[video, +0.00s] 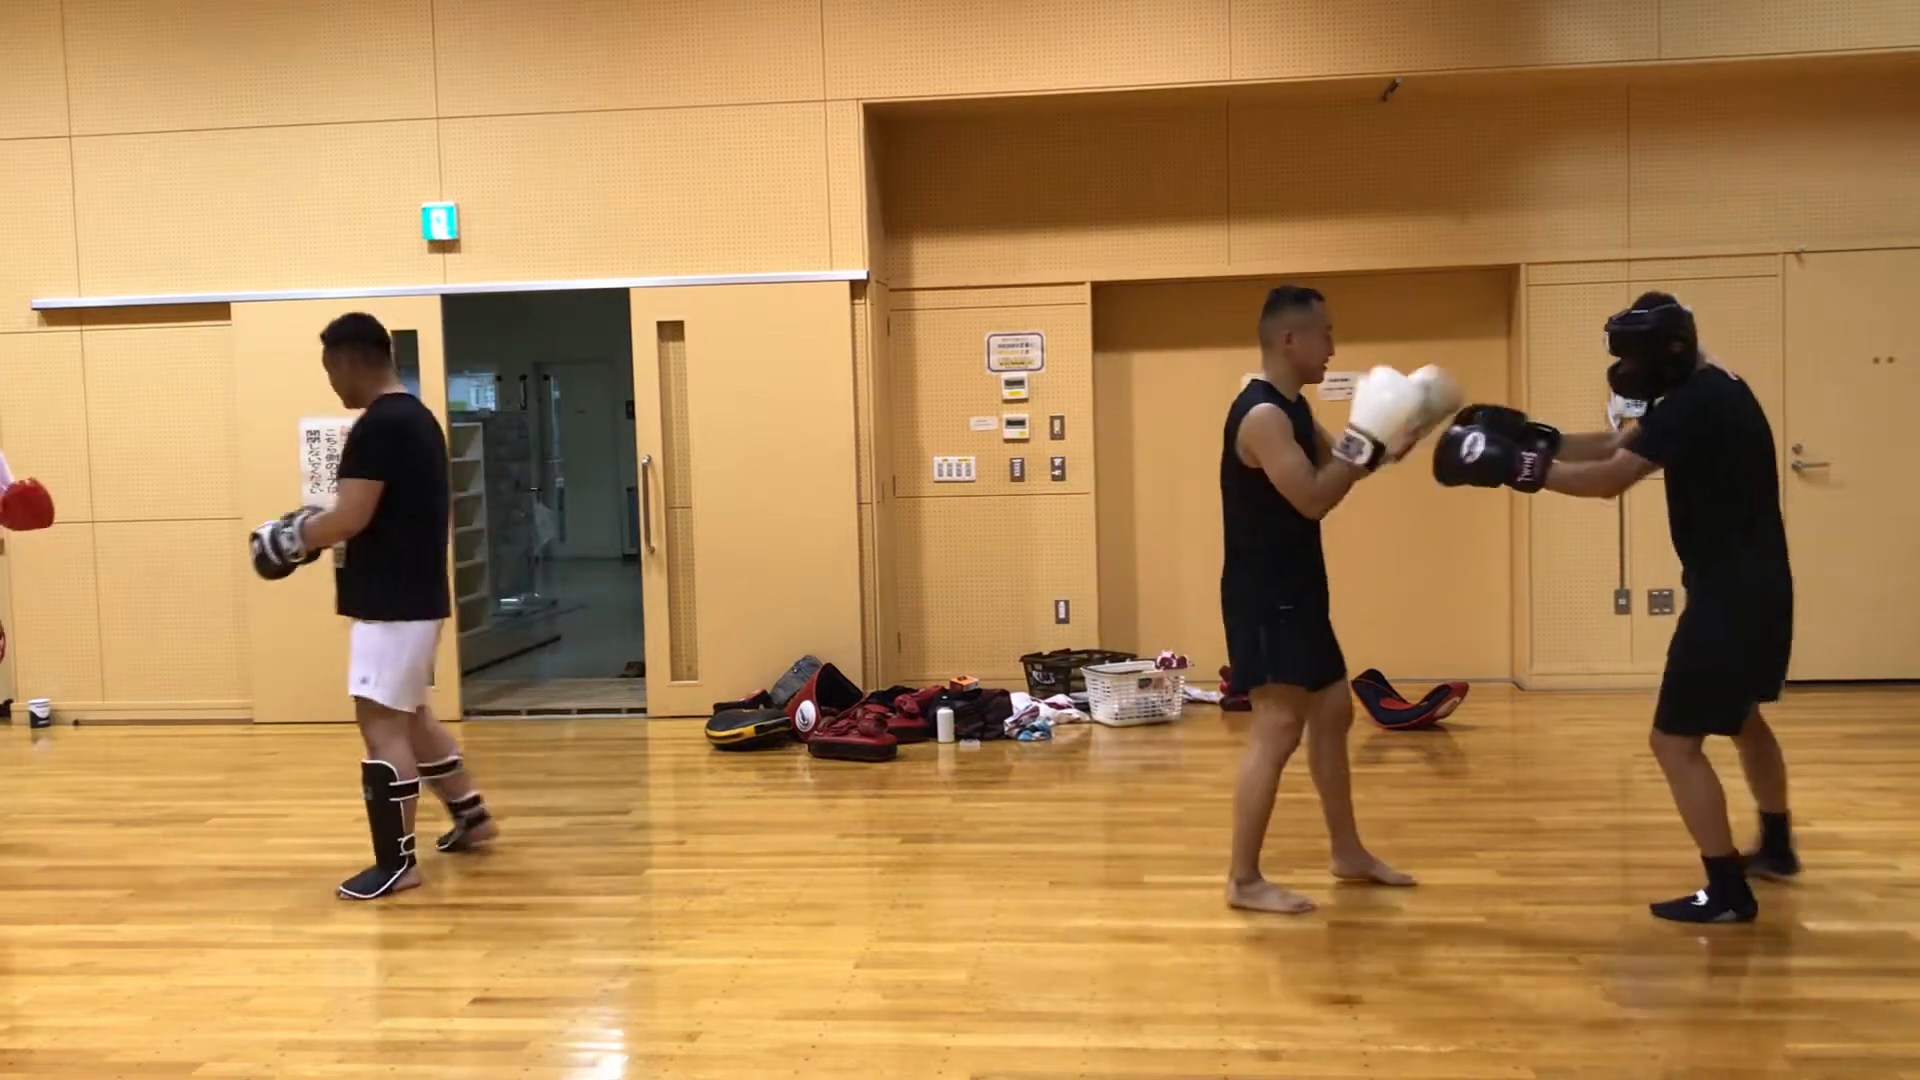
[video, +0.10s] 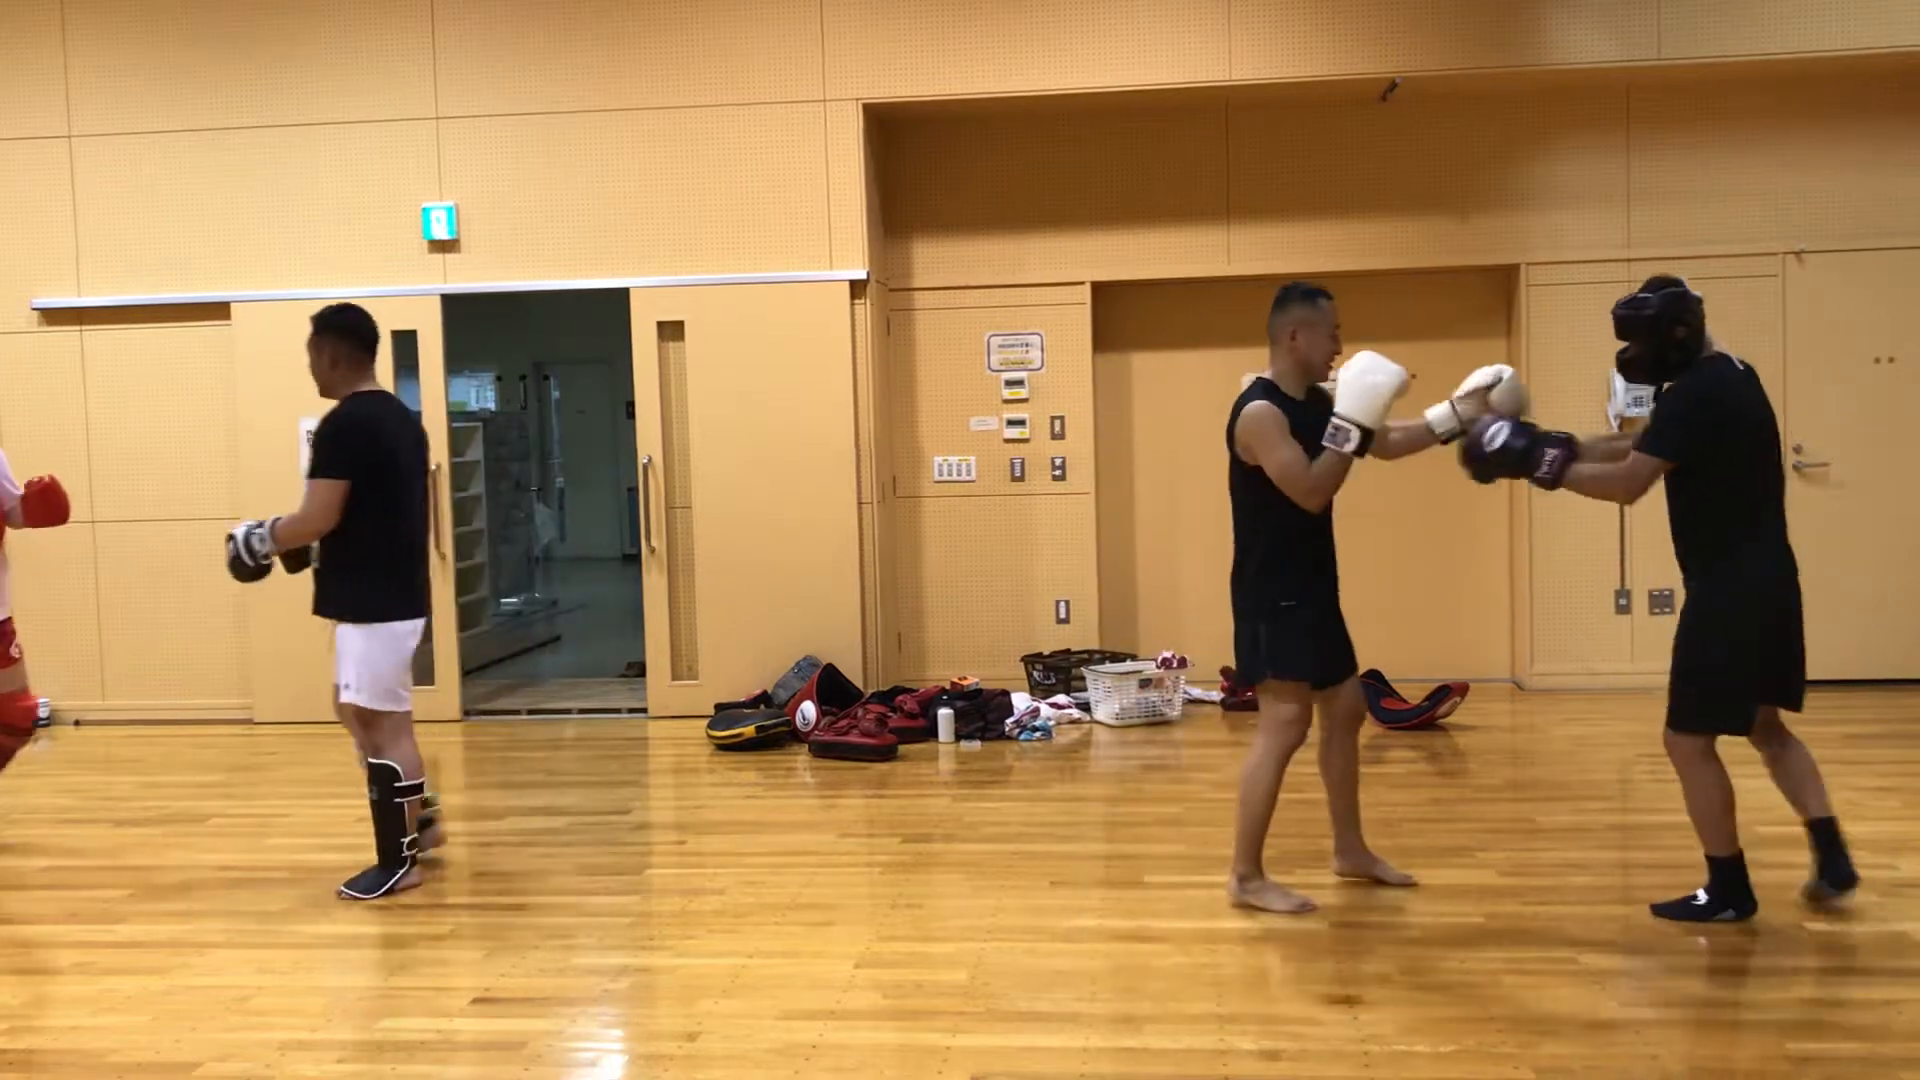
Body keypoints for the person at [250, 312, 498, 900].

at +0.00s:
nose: (330, 380)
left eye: (331, 367)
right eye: (327, 369)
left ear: (355, 360)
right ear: (381, 357)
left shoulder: (378, 425)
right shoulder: (416, 419)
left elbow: (349, 517)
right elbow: (389, 515)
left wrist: (292, 537)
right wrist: (315, 528)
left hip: (389, 606)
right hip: (417, 601)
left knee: (381, 723)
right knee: (410, 714)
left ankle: (396, 863)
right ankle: (470, 816)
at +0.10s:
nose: (309, 361)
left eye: (313, 350)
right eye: (310, 350)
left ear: (334, 353)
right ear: (365, 353)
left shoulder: (345, 423)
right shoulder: (401, 416)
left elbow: (318, 517)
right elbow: (404, 514)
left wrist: (261, 538)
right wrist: (312, 542)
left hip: (374, 607)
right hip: (393, 602)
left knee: (388, 726)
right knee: (355, 706)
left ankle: (397, 862)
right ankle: (416, 815)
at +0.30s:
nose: (269, 360)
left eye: (275, 351)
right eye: (272, 350)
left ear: (294, 358)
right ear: (328, 359)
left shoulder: (287, 433)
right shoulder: (369, 425)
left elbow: (260, 527)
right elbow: (392, 507)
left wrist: (211, 525)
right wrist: (308, 530)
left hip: (333, 611)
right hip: (363, 605)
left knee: (366, 728)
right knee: (315, 715)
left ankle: (397, 862)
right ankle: (301, 851)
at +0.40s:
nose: (249, 366)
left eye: (253, 355)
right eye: (253, 355)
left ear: (268, 359)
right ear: (309, 361)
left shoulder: (260, 435)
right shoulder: (349, 430)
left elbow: (222, 524)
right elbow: (380, 514)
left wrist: (179, 505)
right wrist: (315, 524)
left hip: (295, 615)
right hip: (338, 610)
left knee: (327, 733)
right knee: (287, 724)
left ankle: (390, 857)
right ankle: (288, 861)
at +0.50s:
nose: (231, 366)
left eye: (233, 356)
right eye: (233, 356)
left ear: (244, 357)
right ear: (292, 359)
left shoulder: (232, 426)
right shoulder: (330, 431)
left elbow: (181, 506)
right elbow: (353, 519)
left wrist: (146, 471)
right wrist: (285, 513)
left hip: (259, 607)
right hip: (316, 607)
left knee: (253, 739)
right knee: (286, 732)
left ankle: (355, 831)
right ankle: (289, 857)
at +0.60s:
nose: (210, 366)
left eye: (211, 356)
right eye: (212, 356)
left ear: (222, 356)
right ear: (271, 357)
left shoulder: (203, 420)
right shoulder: (308, 427)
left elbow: (131, 495)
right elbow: (315, 516)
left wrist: (109, 454)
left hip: (227, 607)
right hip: (294, 607)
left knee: (190, 734)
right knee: (279, 729)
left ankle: (280, 832)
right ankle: (295, 861)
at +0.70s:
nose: (182, 374)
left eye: (179, 364)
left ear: (178, 366)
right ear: (237, 365)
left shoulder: (164, 425)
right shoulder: (276, 433)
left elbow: (90, 485)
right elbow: (258, 499)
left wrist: (65, 444)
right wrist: (160, 472)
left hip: (187, 616)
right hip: (262, 615)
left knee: (142, 739)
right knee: (266, 736)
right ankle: (290, 863)